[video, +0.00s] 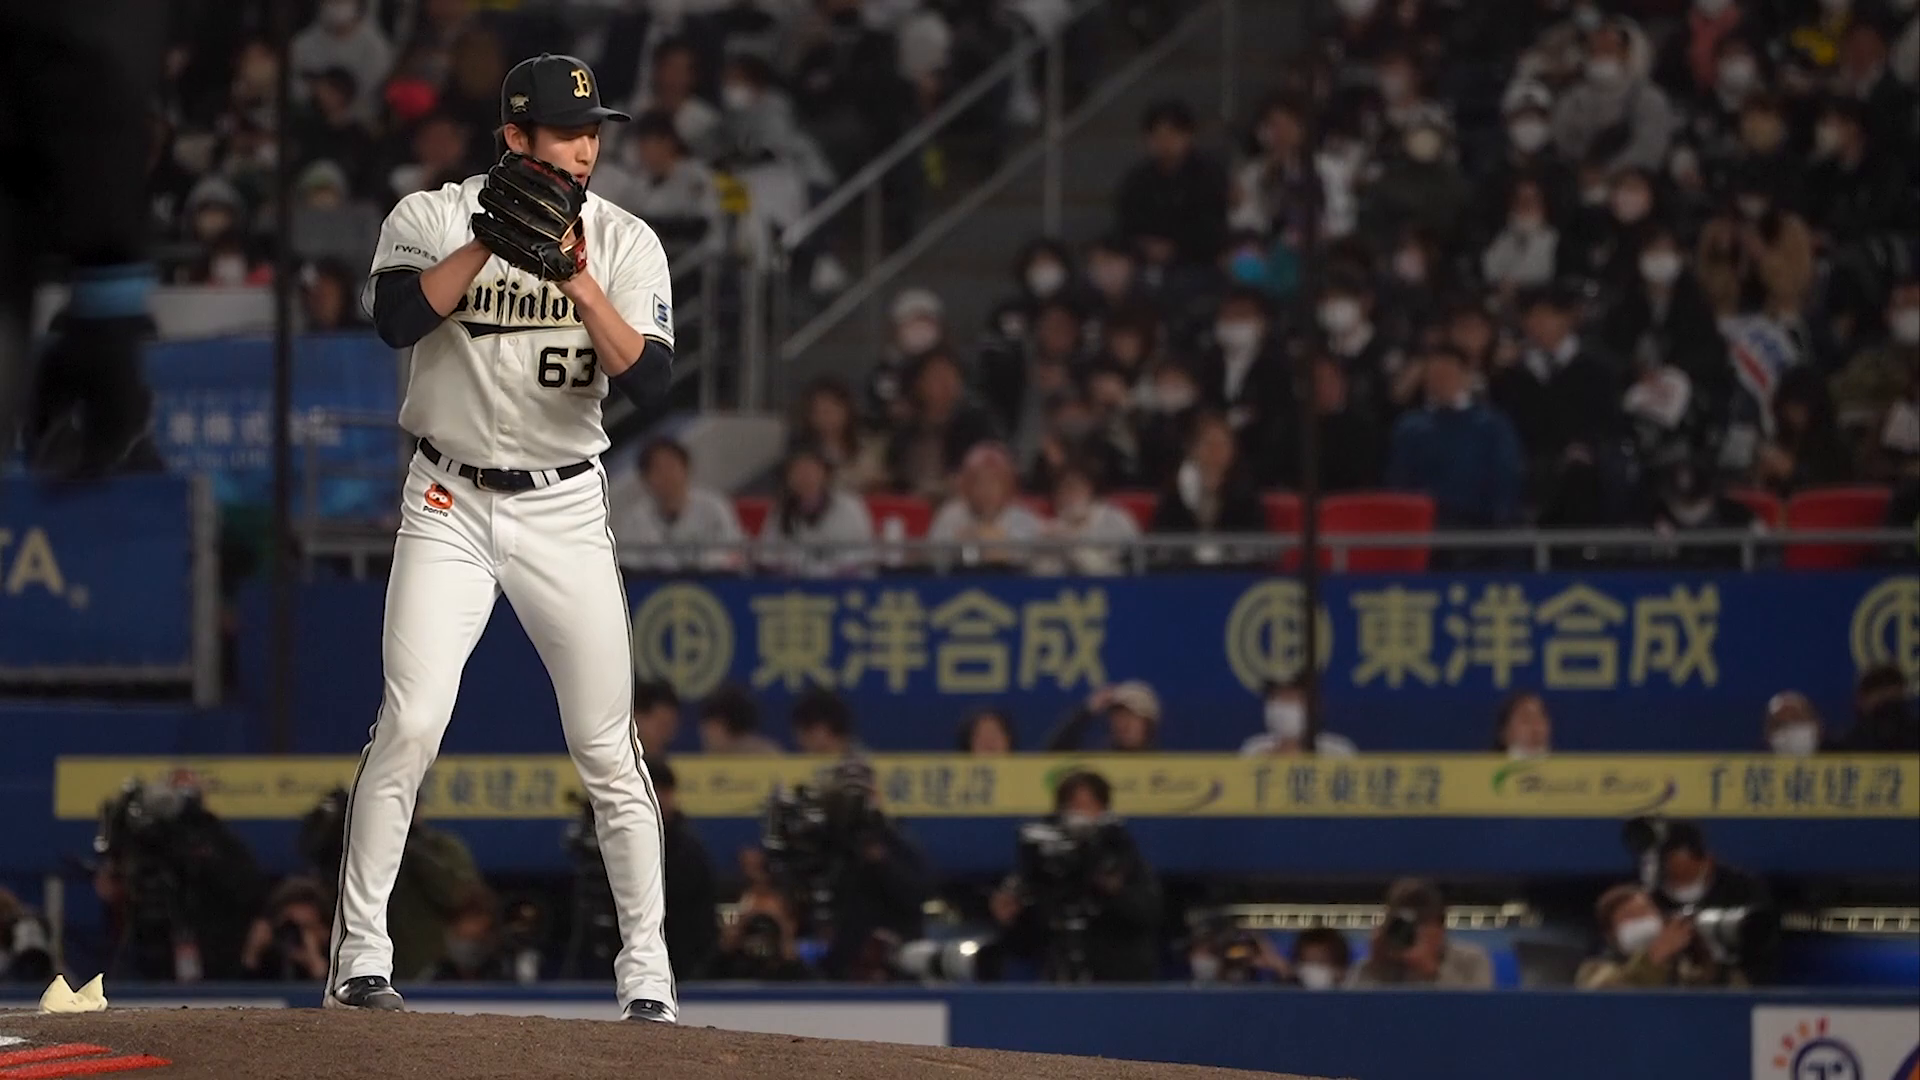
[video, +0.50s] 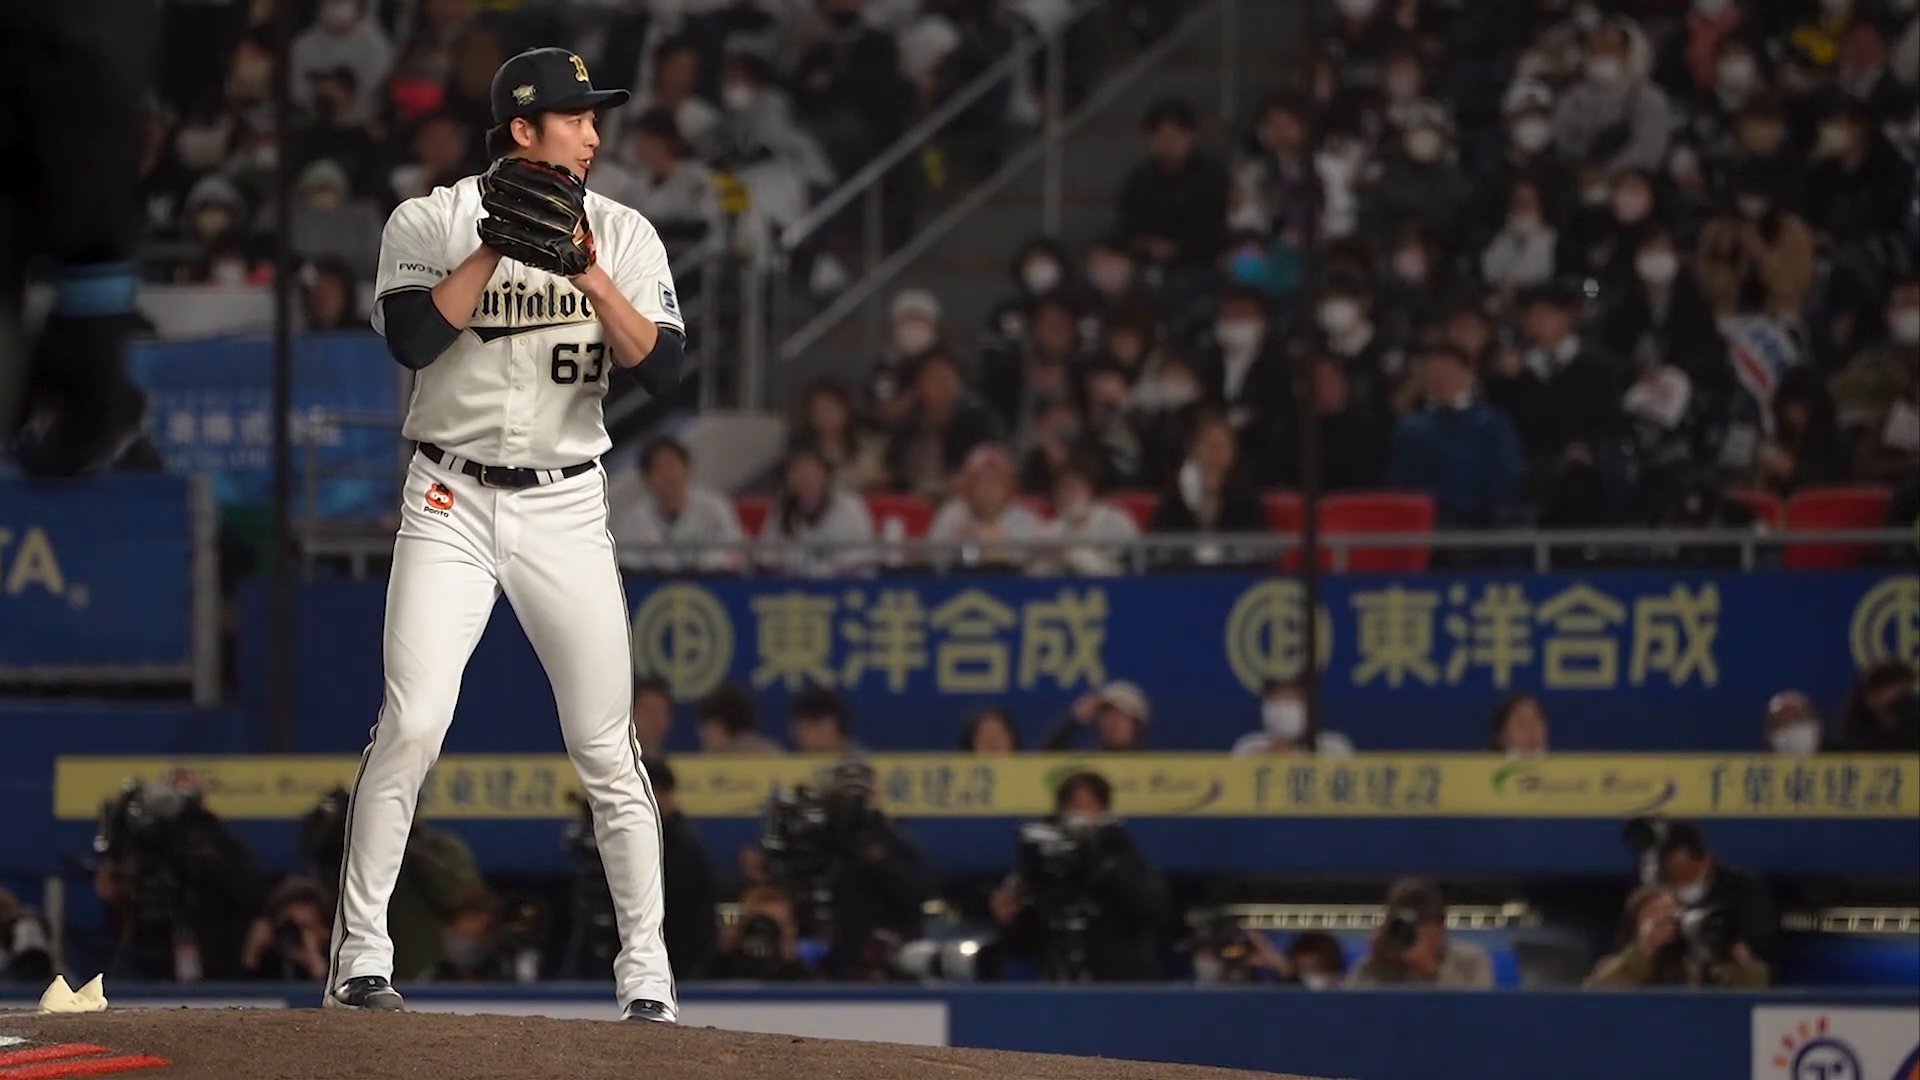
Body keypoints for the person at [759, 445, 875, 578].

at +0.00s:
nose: (806, 481)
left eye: (811, 474)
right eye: (799, 475)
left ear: (825, 477)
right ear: (789, 480)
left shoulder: (850, 509)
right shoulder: (780, 513)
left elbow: (866, 555)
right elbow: (764, 556)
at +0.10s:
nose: (805, 482)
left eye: (811, 474)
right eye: (799, 475)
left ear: (824, 477)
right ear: (789, 481)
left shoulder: (850, 509)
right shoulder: (780, 513)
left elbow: (865, 555)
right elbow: (764, 557)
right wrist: (801, 565)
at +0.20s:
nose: (805, 483)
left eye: (811, 476)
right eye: (799, 476)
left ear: (824, 478)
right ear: (789, 481)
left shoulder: (850, 509)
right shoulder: (780, 513)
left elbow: (865, 556)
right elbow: (764, 557)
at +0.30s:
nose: (806, 483)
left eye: (811, 475)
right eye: (799, 476)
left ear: (824, 478)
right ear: (789, 481)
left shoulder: (850, 509)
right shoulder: (780, 513)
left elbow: (865, 556)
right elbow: (764, 557)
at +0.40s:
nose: (807, 482)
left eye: (812, 475)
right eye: (799, 475)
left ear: (825, 477)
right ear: (789, 480)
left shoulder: (850, 508)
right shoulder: (780, 512)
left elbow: (865, 555)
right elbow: (765, 556)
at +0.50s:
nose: (806, 482)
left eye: (811, 474)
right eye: (799, 475)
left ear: (825, 477)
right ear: (788, 480)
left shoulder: (850, 508)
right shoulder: (780, 512)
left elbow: (865, 555)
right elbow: (764, 556)